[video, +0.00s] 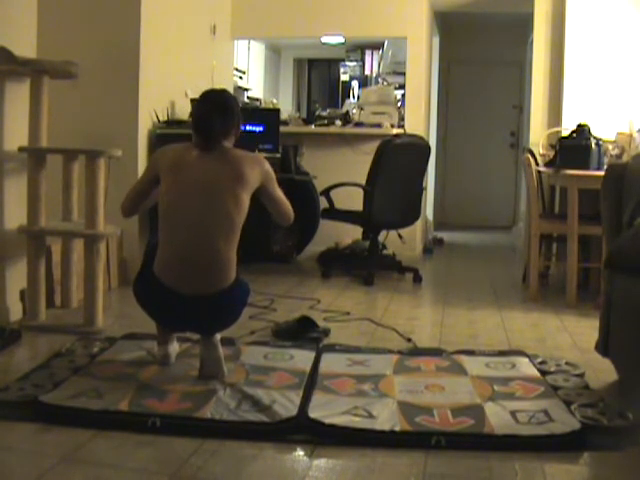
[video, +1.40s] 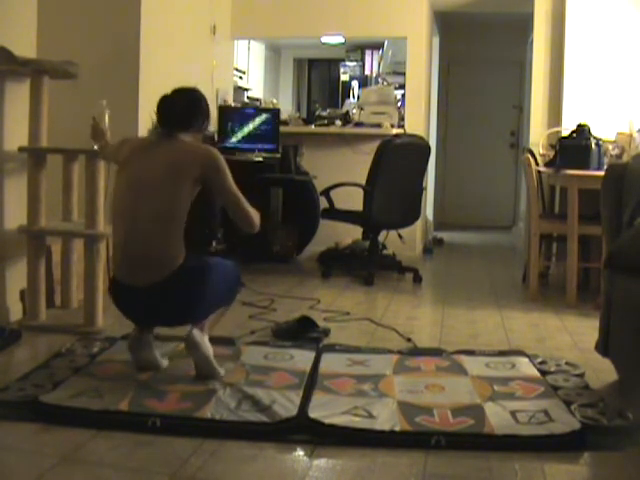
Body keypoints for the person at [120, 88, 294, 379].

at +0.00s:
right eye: (238, 125)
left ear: (192, 124)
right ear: (236, 130)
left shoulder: (166, 158)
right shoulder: (253, 165)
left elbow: (127, 209)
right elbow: (286, 217)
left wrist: (162, 185)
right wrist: (263, 183)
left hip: (165, 307)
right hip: (218, 311)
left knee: (156, 243)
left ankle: (165, 345)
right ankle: (211, 341)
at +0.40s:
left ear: (196, 127)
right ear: (238, 136)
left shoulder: (168, 159)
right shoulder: (256, 169)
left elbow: (124, 210)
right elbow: (281, 232)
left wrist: (167, 195)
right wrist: (247, 205)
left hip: (166, 309)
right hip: (219, 312)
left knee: (153, 235)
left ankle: (164, 345)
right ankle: (210, 342)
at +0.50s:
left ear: (196, 125)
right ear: (238, 135)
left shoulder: (169, 156)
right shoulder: (256, 168)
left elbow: (124, 208)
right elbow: (276, 231)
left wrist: (167, 193)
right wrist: (247, 203)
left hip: (165, 308)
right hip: (216, 312)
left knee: (151, 236)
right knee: (237, 285)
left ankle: (163, 346)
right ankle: (209, 340)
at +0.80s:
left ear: (185, 123)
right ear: (226, 133)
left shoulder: (156, 154)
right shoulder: (243, 166)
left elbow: (111, 203)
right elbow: (242, 232)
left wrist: (151, 196)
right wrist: (210, 208)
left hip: (152, 301)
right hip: (203, 306)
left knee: (132, 269)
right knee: (224, 281)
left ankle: (152, 349)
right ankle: (204, 338)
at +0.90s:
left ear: (180, 124)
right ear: (220, 134)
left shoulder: (150, 155)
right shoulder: (235, 166)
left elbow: (104, 199)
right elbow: (240, 232)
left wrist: (140, 172)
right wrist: (210, 206)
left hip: (146, 304)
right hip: (197, 308)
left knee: (128, 272)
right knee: (220, 277)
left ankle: (150, 346)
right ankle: (205, 338)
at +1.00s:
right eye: (214, 121)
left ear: (174, 118)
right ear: (214, 128)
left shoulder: (143, 153)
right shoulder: (227, 162)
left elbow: (102, 183)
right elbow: (250, 228)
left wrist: (128, 155)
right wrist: (223, 191)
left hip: (142, 303)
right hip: (194, 305)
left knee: (128, 274)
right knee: (219, 279)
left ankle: (148, 341)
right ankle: (204, 336)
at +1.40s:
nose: (205, 133)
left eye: (205, 126)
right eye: (205, 126)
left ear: (159, 119)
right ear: (201, 126)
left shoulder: (131, 147)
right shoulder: (203, 156)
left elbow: (108, 150)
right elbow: (250, 223)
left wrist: (100, 138)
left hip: (125, 298)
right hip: (172, 298)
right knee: (231, 274)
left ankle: (142, 335)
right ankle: (201, 330)